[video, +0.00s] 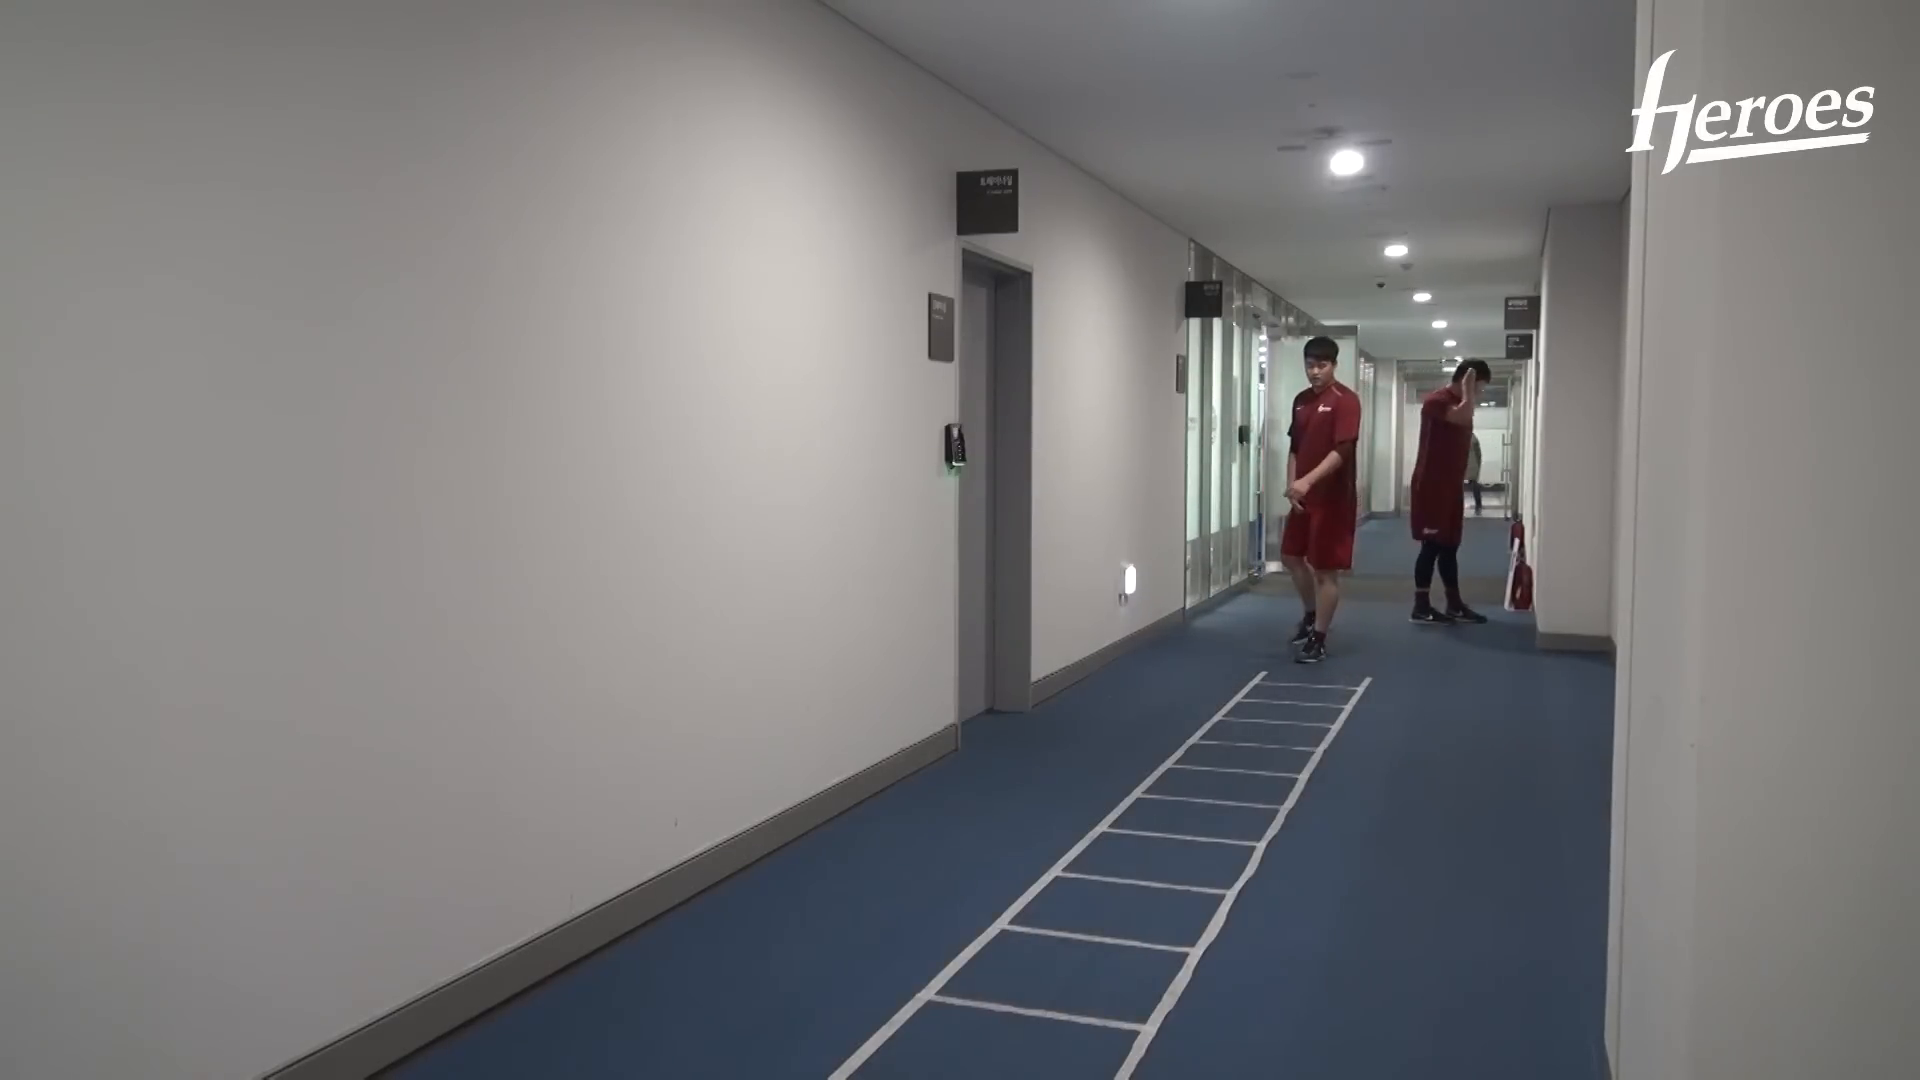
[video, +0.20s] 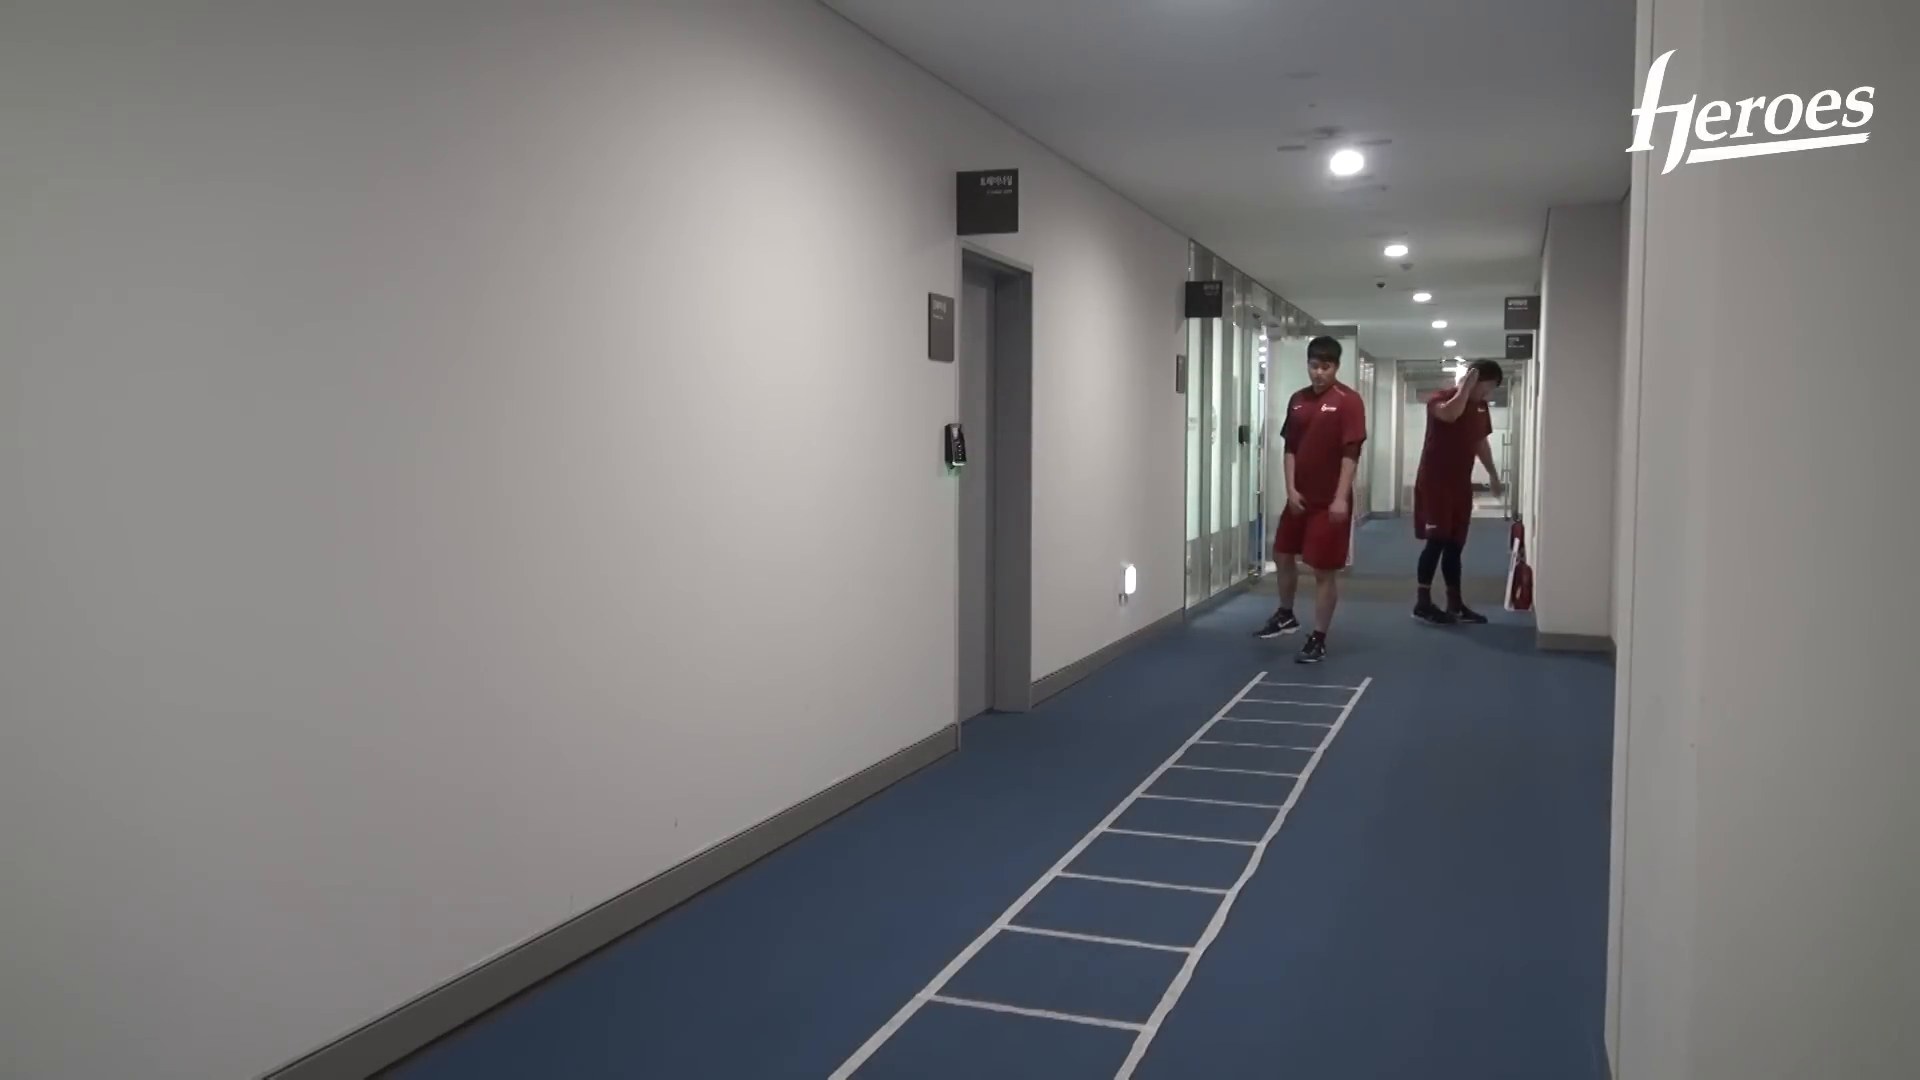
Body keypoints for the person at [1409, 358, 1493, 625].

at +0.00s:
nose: (1481, 393)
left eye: (1482, 388)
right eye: (1480, 386)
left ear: (1465, 379)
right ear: (1467, 379)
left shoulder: (1459, 405)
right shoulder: (1436, 402)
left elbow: (1454, 450)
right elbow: (1462, 417)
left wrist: (1458, 480)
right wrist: (1466, 390)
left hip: (1450, 487)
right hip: (1432, 487)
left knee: (1449, 547)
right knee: (1431, 545)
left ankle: (1454, 604)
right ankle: (1421, 605)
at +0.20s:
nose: (1490, 393)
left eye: (1493, 388)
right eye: (1489, 386)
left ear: (1487, 386)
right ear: (1475, 380)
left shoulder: (1480, 409)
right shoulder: (1439, 400)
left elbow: (1481, 443)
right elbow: (1449, 415)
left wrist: (1493, 475)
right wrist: (1465, 388)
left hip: (1460, 485)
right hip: (1434, 483)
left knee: (1455, 544)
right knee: (1436, 540)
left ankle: (1455, 604)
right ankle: (1423, 603)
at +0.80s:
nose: (1463, 389)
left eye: (1468, 384)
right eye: (1460, 382)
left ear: (1472, 383)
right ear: (1448, 377)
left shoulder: (1475, 405)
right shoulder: (1426, 402)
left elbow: (1484, 443)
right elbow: (1412, 415)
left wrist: (1494, 477)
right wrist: (1431, 385)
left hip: (1464, 487)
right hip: (1431, 487)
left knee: (1464, 547)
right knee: (1431, 545)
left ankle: (1456, 604)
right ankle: (1428, 607)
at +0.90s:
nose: (1457, 388)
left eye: (1462, 384)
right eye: (1455, 382)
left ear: (1466, 382)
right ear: (1442, 376)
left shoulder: (1470, 404)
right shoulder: (1420, 401)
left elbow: (1480, 442)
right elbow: (1405, 414)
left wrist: (1490, 475)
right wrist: (1424, 384)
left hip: (1461, 485)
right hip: (1427, 486)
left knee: (1470, 544)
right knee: (1427, 544)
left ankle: (1459, 599)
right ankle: (1428, 607)